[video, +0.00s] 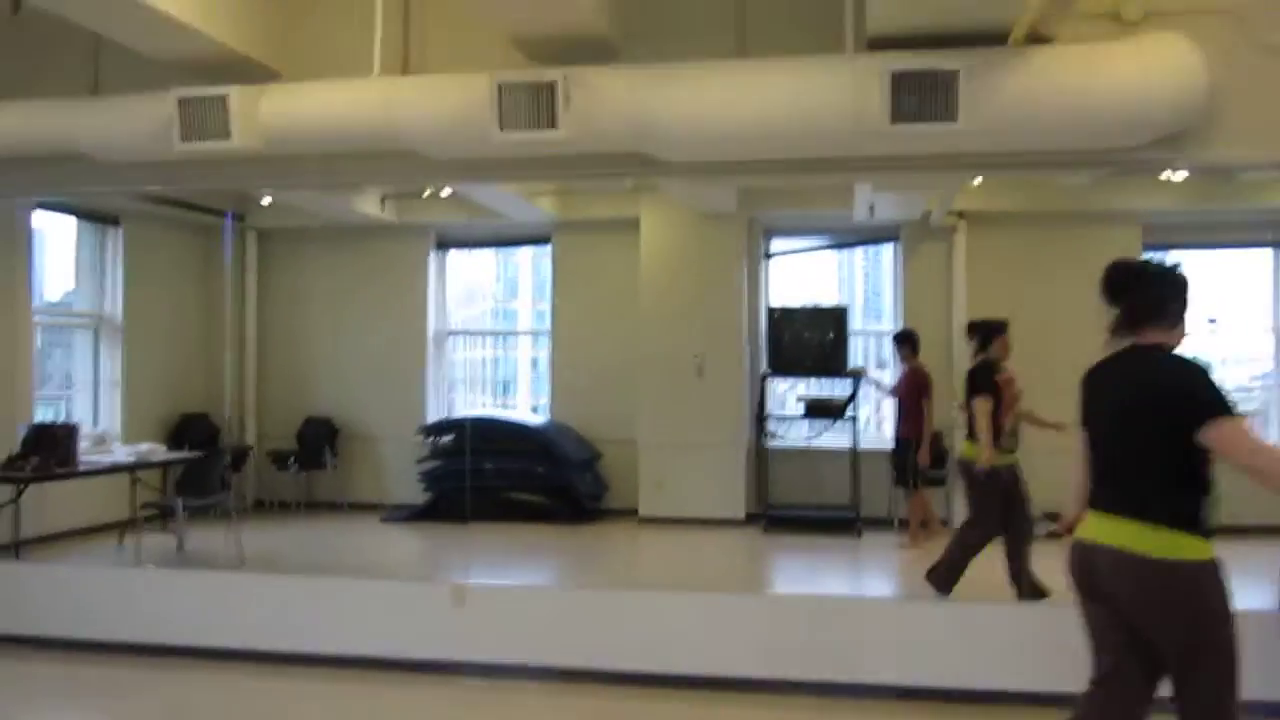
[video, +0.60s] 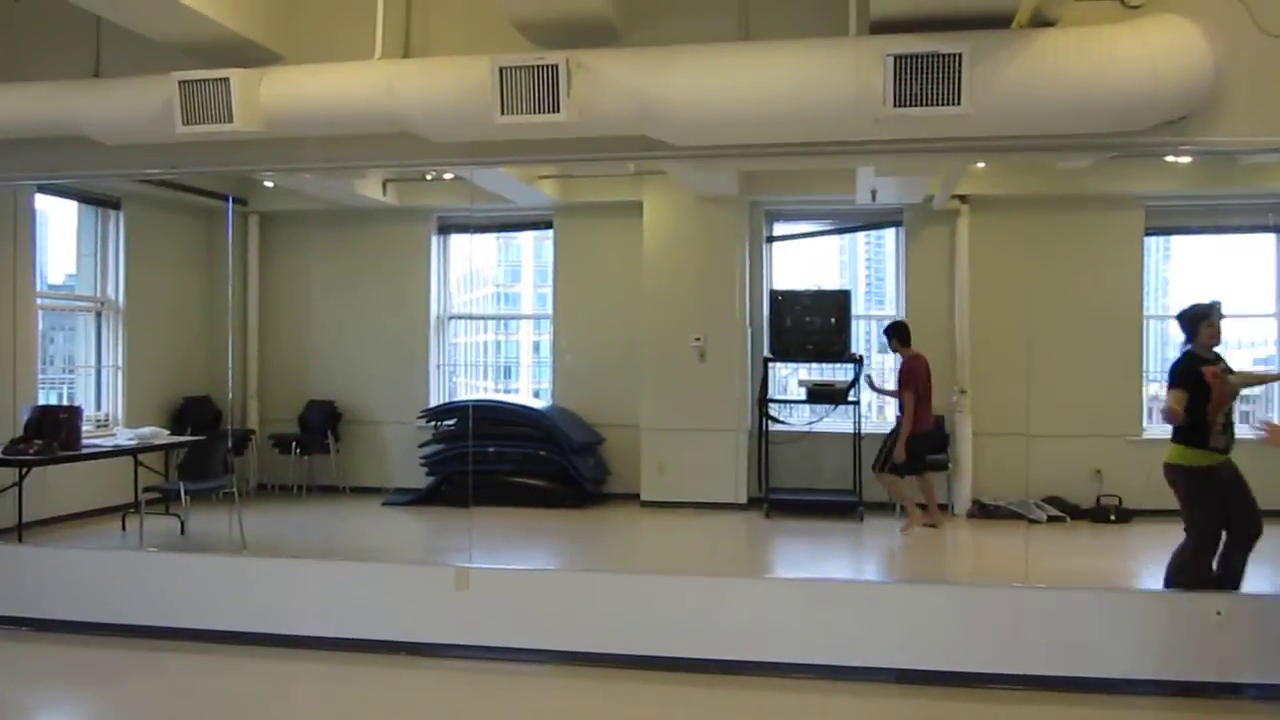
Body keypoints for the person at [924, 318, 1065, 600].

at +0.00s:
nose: (1008, 345)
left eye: (1007, 340)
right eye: (1004, 340)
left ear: (992, 342)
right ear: (993, 342)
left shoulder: (1000, 373)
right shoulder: (982, 372)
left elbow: (1015, 410)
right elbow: (982, 411)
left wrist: (1048, 424)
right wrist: (986, 450)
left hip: (1004, 461)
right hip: (982, 460)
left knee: (1018, 522)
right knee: (987, 520)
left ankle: (1024, 583)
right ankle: (942, 574)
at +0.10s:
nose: (1058, 341)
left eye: (1059, 336)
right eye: (1052, 336)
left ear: (1057, 337)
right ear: (1037, 339)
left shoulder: (1052, 371)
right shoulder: (1027, 374)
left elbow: (1058, 419)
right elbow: (1030, 425)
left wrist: (1077, 450)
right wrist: (1038, 466)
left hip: (1057, 460)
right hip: (1032, 462)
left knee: (1067, 524)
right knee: (1051, 527)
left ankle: (1060, 585)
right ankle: (999, 560)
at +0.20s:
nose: (1076, 336)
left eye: (1078, 330)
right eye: (1069, 331)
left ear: (1080, 334)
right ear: (1054, 334)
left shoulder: (1078, 367)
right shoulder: (1044, 372)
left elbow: (1081, 415)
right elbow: (1043, 419)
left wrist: (1085, 458)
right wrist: (1047, 460)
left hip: (1075, 458)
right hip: (1056, 462)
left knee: (1065, 522)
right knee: (1092, 519)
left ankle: (1042, 580)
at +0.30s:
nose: (1106, 319)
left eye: (1109, 314)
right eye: (1098, 314)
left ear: (1113, 318)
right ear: (1083, 320)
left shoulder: (1117, 351)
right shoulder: (1073, 357)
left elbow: (1126, 397)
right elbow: (1065, 400)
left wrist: (1149, 426)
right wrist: (1060, 426)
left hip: (1110, 446)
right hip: (1086, 447)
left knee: (1086, 511)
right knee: (1121, 512)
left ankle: (1048, 566)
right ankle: (1131, 579)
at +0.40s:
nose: (1138, 329)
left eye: (1141, 323)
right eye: (1131, 325)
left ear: (1145, 326)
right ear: (1115, 331)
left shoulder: (1152, 357)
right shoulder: (1110, 363)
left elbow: (1174, 383)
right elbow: (1091, 405)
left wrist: (1204, 393)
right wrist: (1075, 401)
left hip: (1147, 454)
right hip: (1124, 455)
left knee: (1137, 521)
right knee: (1154, 523)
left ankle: (1080, 566)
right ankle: (1164, 585)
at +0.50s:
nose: (1178, 335)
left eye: (1179, 329)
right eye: (1170, 331)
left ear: (1181, 333)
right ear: (1153, 339)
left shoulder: (1187, 369)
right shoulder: (1149, 372)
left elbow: (1208, 380)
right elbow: (1126, 409)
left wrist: (1242, 365)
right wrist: (1116, 395)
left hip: (1182, 465)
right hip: (1154, 467)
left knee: (1202, 530)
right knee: (1192, 531)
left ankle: (1147, 569)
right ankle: (1182, 600)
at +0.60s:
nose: (1217, 331)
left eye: (1218, 325)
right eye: (1211, 326)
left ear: (1217, 328)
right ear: (1194, 330)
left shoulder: (1217, 362)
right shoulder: (1186, 364)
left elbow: (1238, 380)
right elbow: (1172, 410)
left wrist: (1274, 376)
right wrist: (1174, 412)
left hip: (1218, 463)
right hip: (1187, 465)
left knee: (1247, 526)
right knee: (1204, 533)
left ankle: (1222, 594)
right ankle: (1178, 599)